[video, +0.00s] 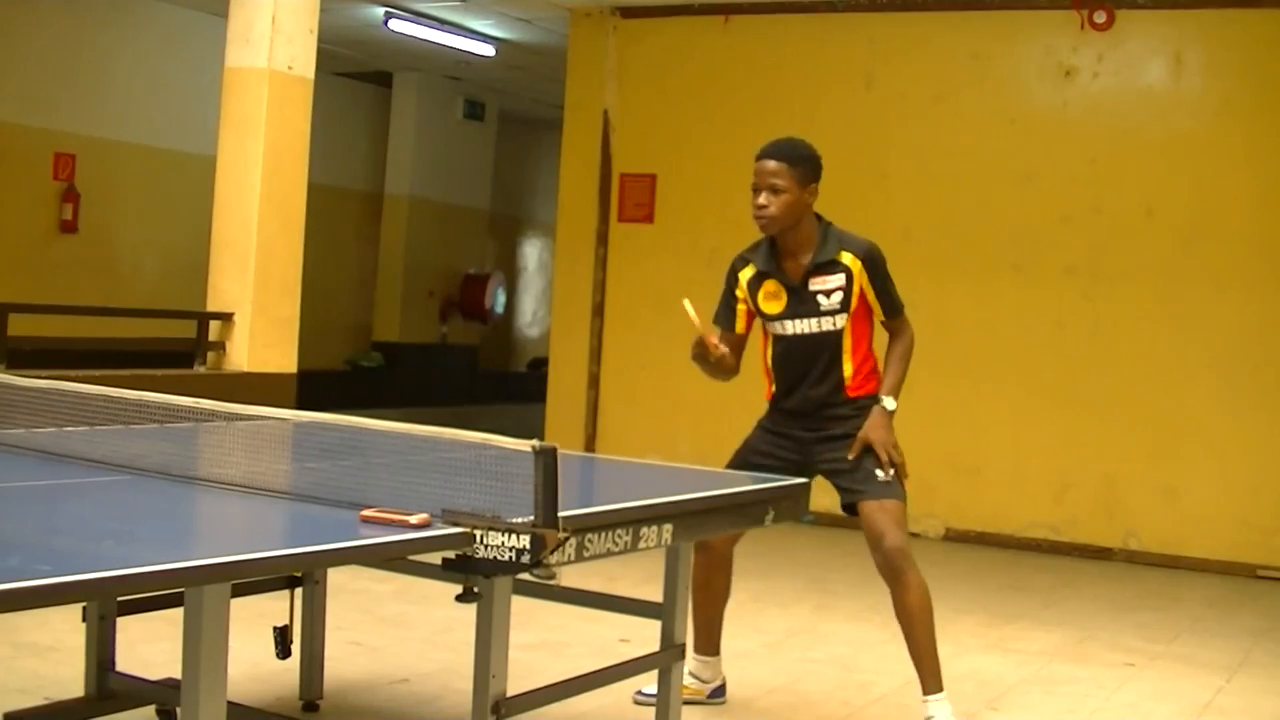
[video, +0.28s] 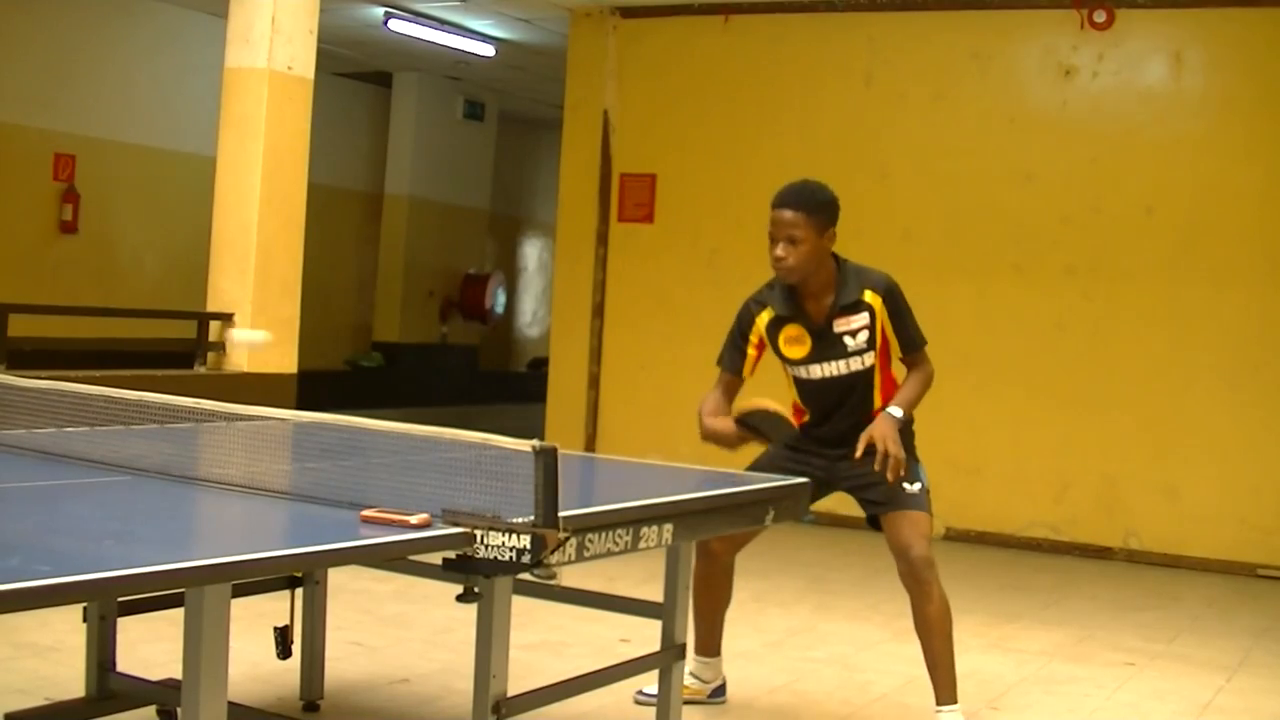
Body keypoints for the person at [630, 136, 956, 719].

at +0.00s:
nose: (758, 203)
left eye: (772, 191)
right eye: (755, 190)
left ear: (810, 193)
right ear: (753, 192)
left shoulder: (859, 257)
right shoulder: (748, 268)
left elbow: (900, 331)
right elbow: (728, 365)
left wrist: (884, 408)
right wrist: (709, 356)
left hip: (853, 427)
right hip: (782, 427)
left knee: (892, 549)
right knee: (710, 530)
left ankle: (935, 702)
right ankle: (704, 672)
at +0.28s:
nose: (778, 253)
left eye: (791, 241)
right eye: (773, 240)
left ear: (827, 239)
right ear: (769, 238)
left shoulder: (877, 292)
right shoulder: (762, 310)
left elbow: (920, 366)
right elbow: (720, 394)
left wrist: (892, 415)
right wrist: (719, 424)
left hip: (878, 444)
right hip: (804, 446)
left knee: (917, 559)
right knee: (714, 542)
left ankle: (949, 710)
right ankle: (704, 674)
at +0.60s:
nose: (780, 267)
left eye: (792, 255)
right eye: (774, 254)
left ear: (828, 246)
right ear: (766, 247)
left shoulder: (874, 288)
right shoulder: (755, 305)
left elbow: (911, 356)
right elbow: (690, 363)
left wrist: (897, 388)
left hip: (868, 444)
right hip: (791, 446)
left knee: (910, 558)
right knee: (708, 545)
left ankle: (945, 709)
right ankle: (704, 675)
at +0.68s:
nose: (778, 250)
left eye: (790, 238)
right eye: (772, 236)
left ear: (826, 229)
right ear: (766, 230)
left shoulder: (874, 279)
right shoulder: (753, 287)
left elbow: (907, 346)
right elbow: (666, 334)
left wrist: (894, 371)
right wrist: (614, 308)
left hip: (863, 440)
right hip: (785, 440)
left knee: (907, 553)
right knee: (705, 541)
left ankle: (933, 707)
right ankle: (702, 673)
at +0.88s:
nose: (762, 231)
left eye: (775, 219)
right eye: (758, 218)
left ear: (813, 221)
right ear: (755, 219)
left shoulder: (857, 287)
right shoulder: (742, 284)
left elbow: (892, 375)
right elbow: (649, 323)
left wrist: (860, 368)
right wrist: (602, 269)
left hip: (844, 450)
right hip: (766, 448)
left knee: (902, 557)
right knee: (680, 550)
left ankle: (924, 709)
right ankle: (673, 669)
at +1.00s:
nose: (724, 215)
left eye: (738, 204)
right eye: (722, 203)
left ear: (776, 206)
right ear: (722, 204)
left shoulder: (822, 268)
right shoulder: (720, 275)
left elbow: (847, 360)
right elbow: (652, 345)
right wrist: (609, 305)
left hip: (824, 442)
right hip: (748, 438)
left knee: (869, 559)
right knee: (659, 526)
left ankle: (915, 708)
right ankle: (669, 664)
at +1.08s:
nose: (694, 206)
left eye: (707, 194)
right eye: (691, 194)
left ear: (746, 196)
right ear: (693, 197)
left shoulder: (789, 249)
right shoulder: (706, 269)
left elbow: (811, 342)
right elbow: (677, 354)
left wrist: (726, 310)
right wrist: (622, 349)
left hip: (816, 422)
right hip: (750, 420)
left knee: (845, 561)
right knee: (662, 515)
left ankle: (905, 704)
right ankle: (652, 656)